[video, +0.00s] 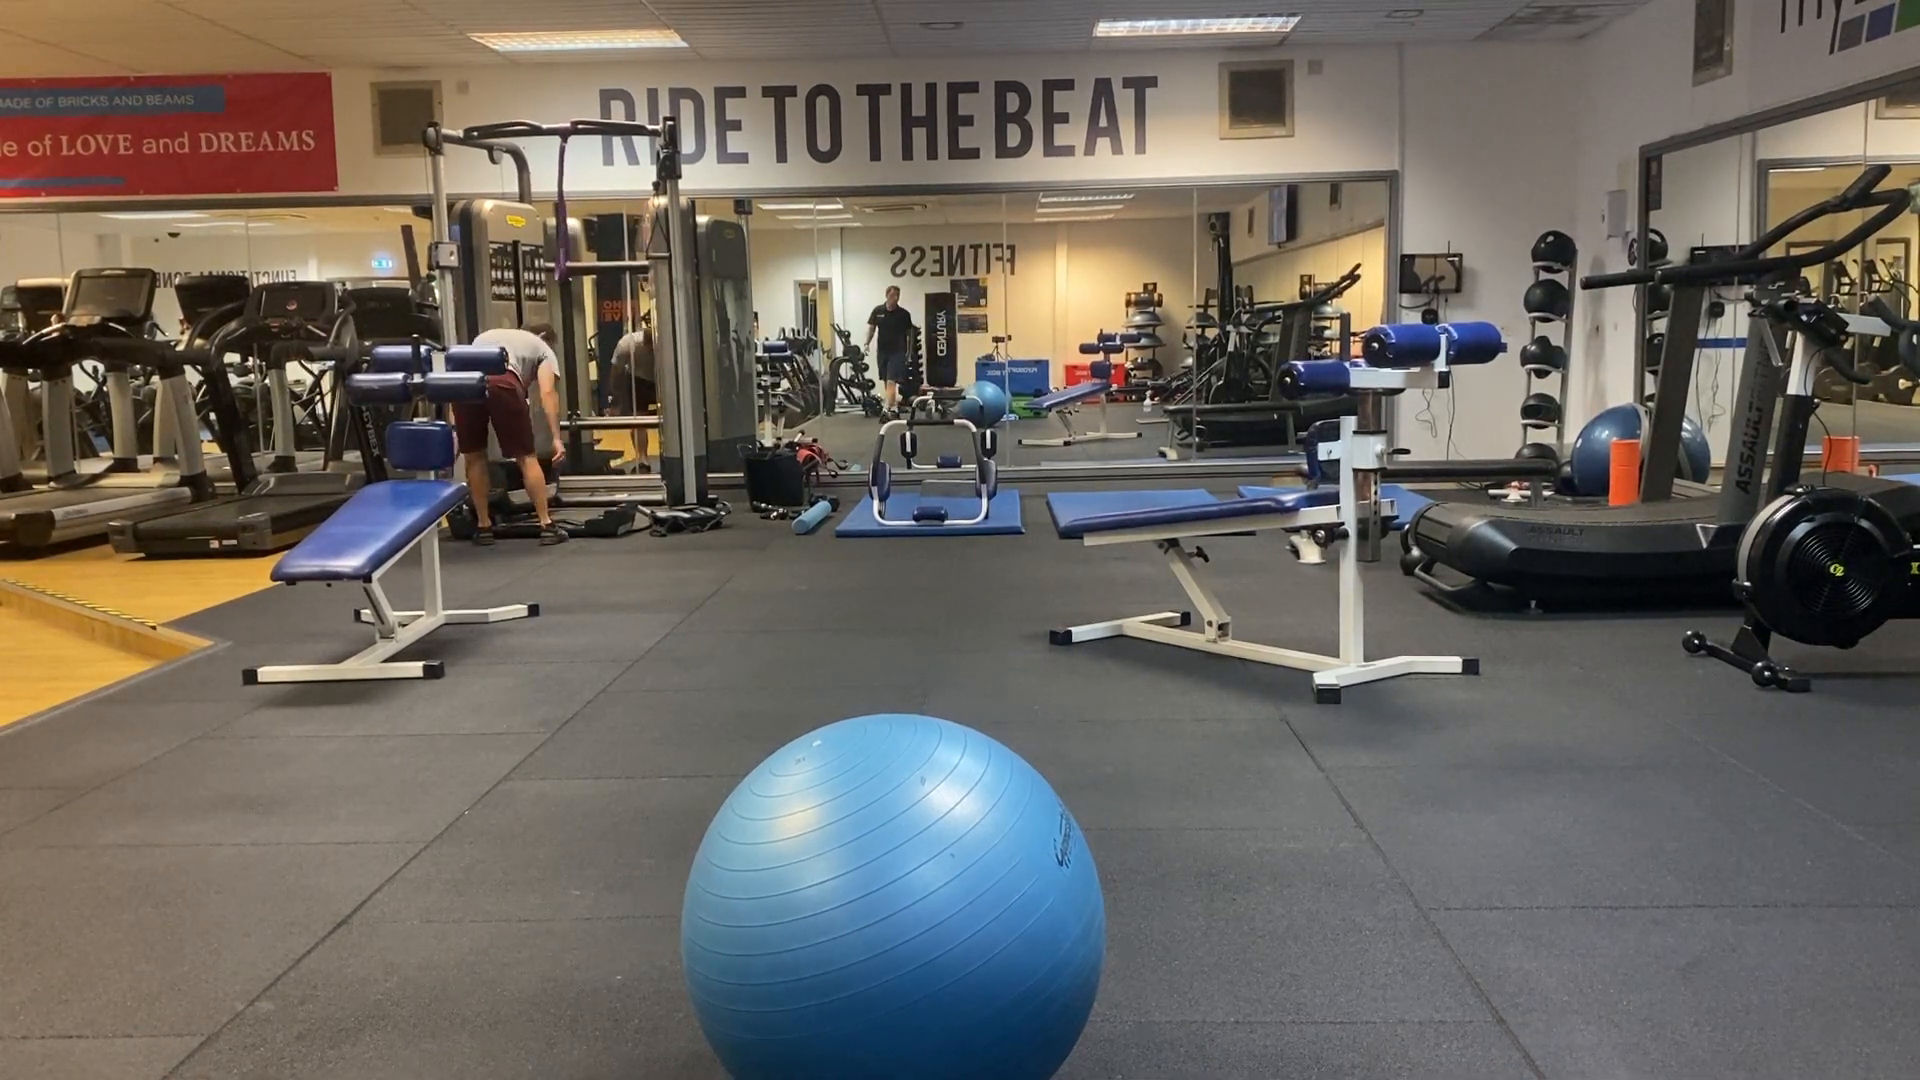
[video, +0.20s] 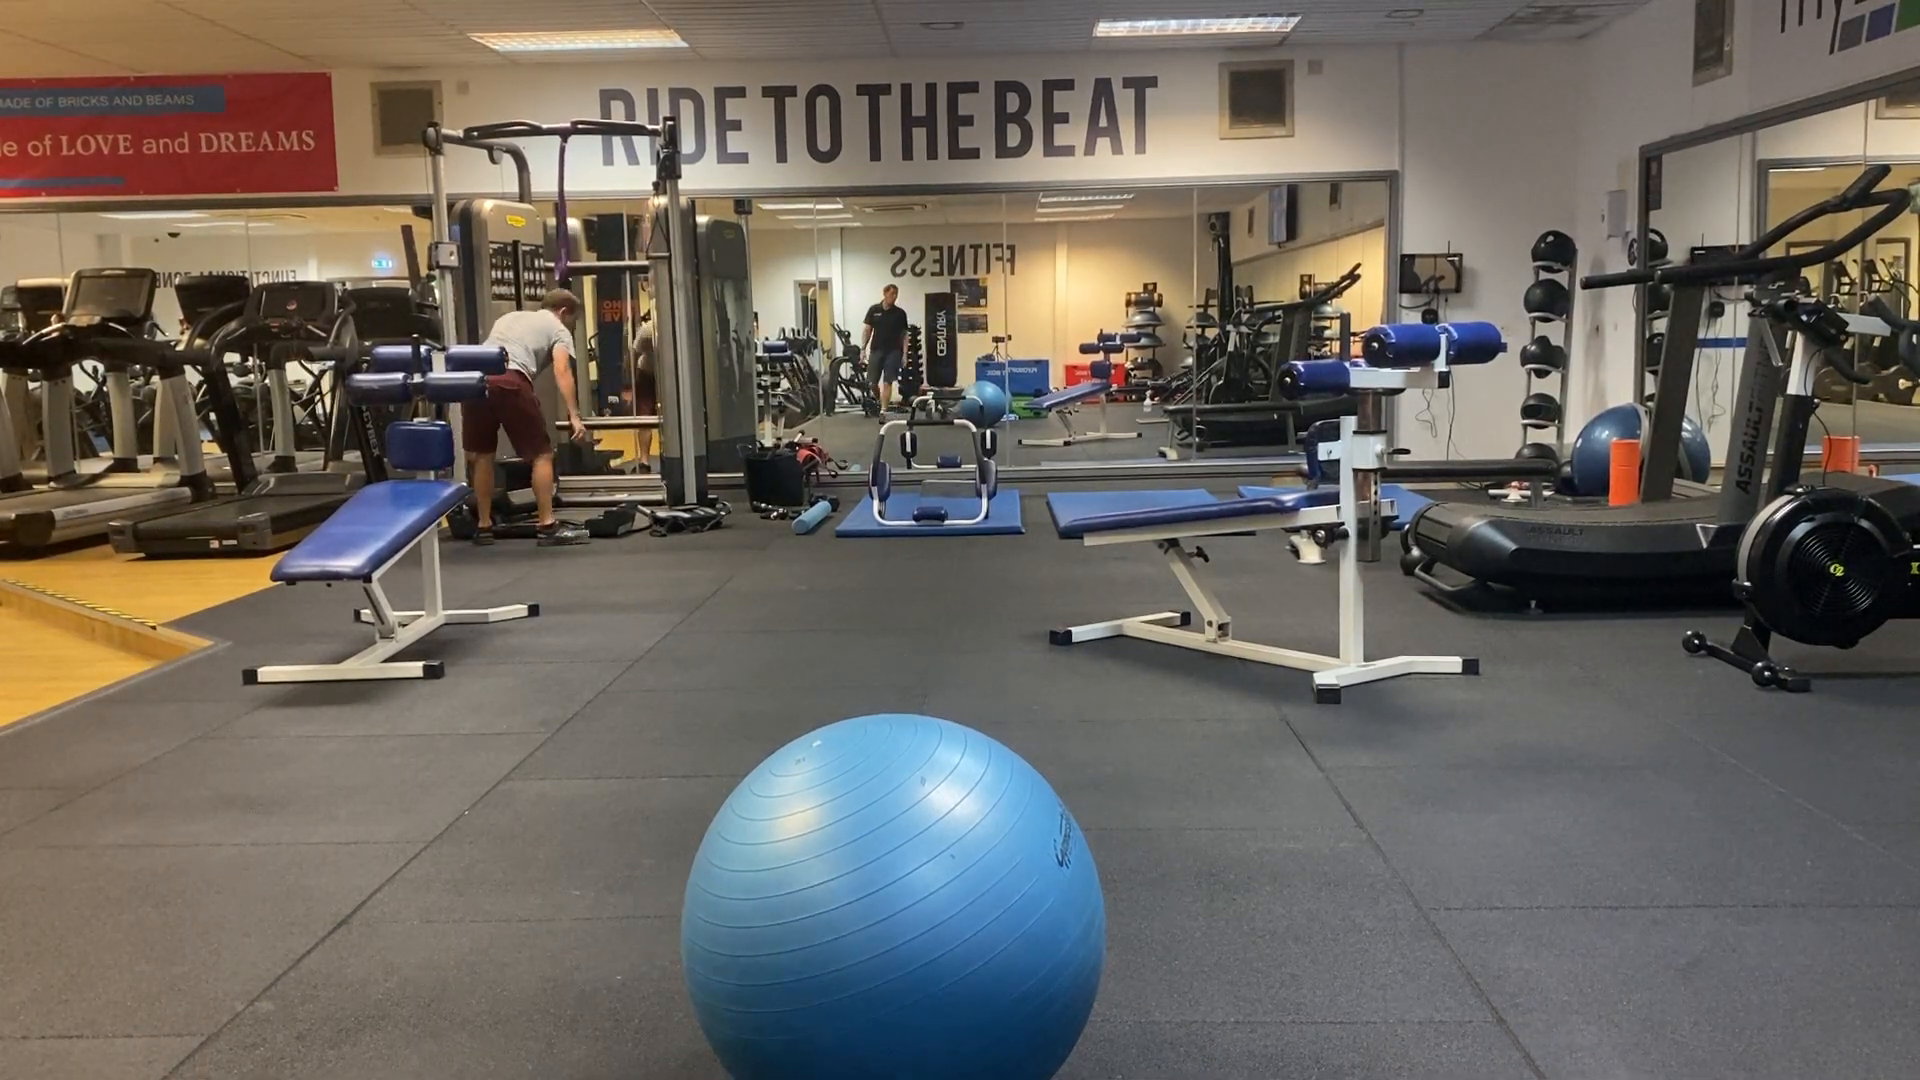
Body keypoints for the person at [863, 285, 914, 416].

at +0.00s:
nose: (893, 298)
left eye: (895, 295)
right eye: (891, 295)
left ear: (898, 297)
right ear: (886, 295)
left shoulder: (904, 314)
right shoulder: (878, 311)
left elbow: (909, 334)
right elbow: (871, 328)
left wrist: (909, 352)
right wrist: (867, 343)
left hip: (898, 352)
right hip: (883, 351)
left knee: (891, 381)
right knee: (886, 382)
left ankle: (887, 409)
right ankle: (894, 409)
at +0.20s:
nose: (894, 297)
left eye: (895, 294)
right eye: (892, 294)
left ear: (897, 296)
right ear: (885, 294)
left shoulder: (901, 313)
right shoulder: (874, 310)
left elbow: (905, 335)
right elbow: (867, 330)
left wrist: (905, 354)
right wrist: (863, 348)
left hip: (894, 351)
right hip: (877, 350)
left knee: (888, 382)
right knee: (872, 381)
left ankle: (883, 410)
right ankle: (879, 402)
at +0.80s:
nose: (906, 298)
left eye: (907, 296)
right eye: (904, 295)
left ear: (904, 296)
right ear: (895, 293)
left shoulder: (902, 313)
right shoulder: (880, 307)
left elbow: (903, 336)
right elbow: (870, 324)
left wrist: (908, 355)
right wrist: (871, 343)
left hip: (895, 350)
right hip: (878, 349)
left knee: (904, 380)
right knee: (876, 384)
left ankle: (892, 409)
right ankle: (875, 414)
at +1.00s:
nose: (922, 309)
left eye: (923, 306)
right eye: (921, 306)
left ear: (918, 305)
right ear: (913, 302)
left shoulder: (915, 324)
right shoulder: (894, 311)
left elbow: (917, 346)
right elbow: (880, 326)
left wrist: (926, 361)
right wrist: (884, 343)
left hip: (899, 353)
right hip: (881, 350)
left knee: (904, 383)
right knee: (877, 385)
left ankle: (910, 415)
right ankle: (875, 413)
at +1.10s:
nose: (927, 318)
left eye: (929, 316)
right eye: (926, 315)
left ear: (930, 316)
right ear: (920, 312)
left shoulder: (923, 332)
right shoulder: (901, 317)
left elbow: (929, 353)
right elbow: (884, 330)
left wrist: (943, 370)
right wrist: (887, 350)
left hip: (899, 355)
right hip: (883, 351)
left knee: (913, 384)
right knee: (879, 385)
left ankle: (913, 417)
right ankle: (866, 406)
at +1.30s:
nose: (939, 335)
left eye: (940, 333)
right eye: (938, 332)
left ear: (935, 331)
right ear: (930, 329)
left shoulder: (930, 344)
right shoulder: (912, 331)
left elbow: (941, 361)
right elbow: (892, 342)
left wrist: (961, 376)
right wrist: (894, 365)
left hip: (904, 364)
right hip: (886, 360)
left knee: (920, 386)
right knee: (882, 393)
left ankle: (912, 417)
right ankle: (851, 410)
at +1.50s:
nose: (937, 343)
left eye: (937, 340)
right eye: (936, 340)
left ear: (929, 338)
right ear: (928, 338)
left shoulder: (925, 351)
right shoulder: (913, 345)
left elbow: (935, 371)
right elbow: (898, 361)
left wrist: (951, 384)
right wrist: (907, 381)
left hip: (904, 376)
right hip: (888, 377)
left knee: (925, 387)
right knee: (892, 411)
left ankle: (902, 406)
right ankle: (859, 412)